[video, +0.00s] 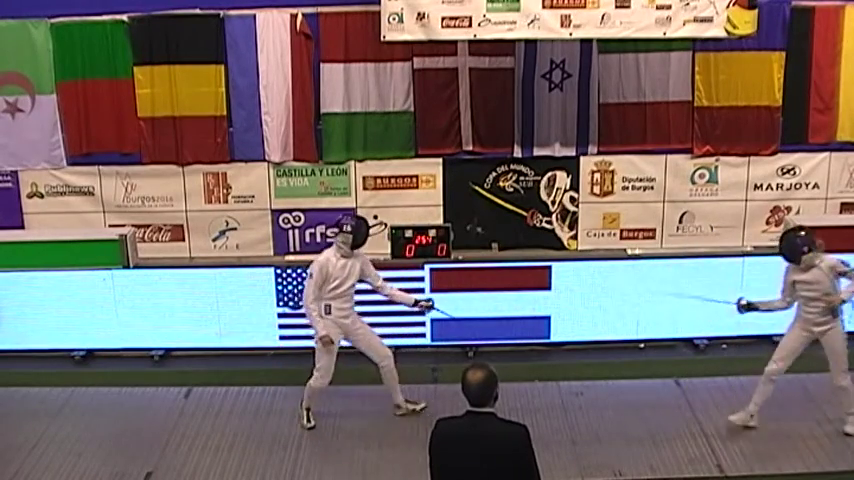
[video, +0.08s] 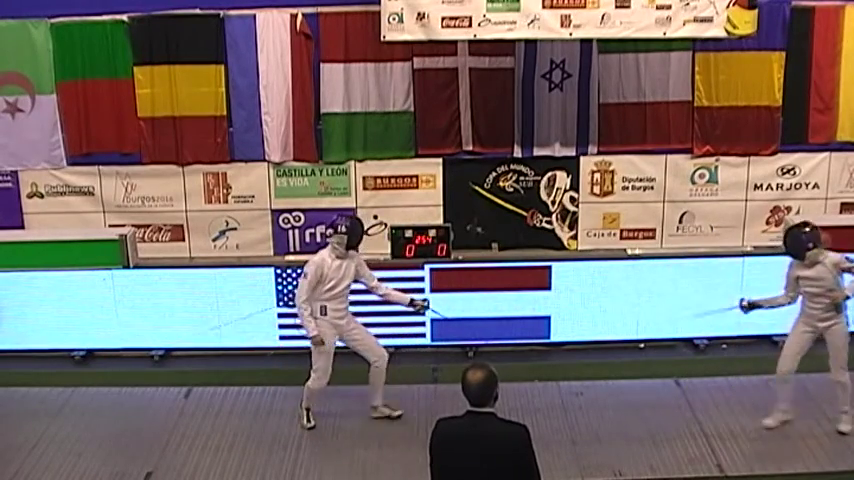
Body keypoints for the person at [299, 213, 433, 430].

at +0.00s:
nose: (342, 239)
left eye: (348, 236)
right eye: (341, 233)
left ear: (358, 241)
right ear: (337, 234)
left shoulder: (360, 261)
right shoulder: (322, 262)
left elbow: (383, 288)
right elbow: (309, 301)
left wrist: (414, 302)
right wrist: (320, 330)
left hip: (351, 320)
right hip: (326, 322)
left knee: (385, 358)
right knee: (322, 376)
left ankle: (400, 404)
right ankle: (306, 407)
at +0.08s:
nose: (358, 244)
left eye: (355, 239)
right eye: (355, 239)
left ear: (353, 240)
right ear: (342, 237)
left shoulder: (355, 260)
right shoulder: (318, 262)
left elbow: (378, 289)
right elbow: (301, 300)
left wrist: (410, 301)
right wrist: (312, 331)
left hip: (345, 320)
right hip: (321, 322)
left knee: (379, 357)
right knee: (321, 375)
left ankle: (377, 407)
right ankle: (305, 408)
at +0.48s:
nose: (340, 241)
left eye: (346, 238)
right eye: (338, 237)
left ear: (356, 243)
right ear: (335, 238)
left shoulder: (361, 261)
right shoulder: (324, 265)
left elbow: (386, 287)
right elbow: (311, 303)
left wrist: (419, 297)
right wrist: (323, 334)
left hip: (355, 322)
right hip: (331, 324)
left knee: (391, 359)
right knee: (325, 380)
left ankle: (404, 407)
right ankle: (306, 408)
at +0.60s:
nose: (356, 243)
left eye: (361, 239)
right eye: (353, 237)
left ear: (370, 244)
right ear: (349, 238)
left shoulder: (375, 261)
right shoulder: (338, 266)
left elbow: (403, 283)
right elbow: (330, 307)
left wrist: (440, 290)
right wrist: (346, 333)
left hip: (370, 325)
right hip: (345, 328)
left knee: (406, 361)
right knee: (329, 378)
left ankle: (419, 408)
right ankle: (307, 406)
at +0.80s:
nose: (375, 236)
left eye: (381, 232)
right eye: (374, 231)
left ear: (391, 236)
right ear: (371, 233)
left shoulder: (398, 255)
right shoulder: (362, 262)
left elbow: (430, 277)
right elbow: (355, 302)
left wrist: (466, 281)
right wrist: (371, 329)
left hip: (395, 320)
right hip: (371, 323)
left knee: (426, 358)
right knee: (352, 376)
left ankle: (422, 408)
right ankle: (325, 404)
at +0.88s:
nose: (382, 234)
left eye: (387, 231)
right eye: (380, 230)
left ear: (397, 236)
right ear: (377, 230)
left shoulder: (405, 254)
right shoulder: (366, 259)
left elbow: (437, 274)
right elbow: (358, 299)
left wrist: (472, 278)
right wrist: (373, 326)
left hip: (399, 318)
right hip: (374, 320)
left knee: (427, 357)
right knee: (365, 374)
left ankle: (422, 407)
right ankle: (349, 406)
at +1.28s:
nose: (367, 251)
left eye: (372, 247)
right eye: (364, 246)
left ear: (383, 248)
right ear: (361, 245)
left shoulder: (391, 265)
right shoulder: (353, 272)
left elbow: (423, 282)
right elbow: (346, 315)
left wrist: (461, 283)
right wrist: (359, 341)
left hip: (390, 330)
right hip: (365, 334)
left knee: (430, 358)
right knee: (351, 387)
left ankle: (423, 408)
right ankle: (323, 406)